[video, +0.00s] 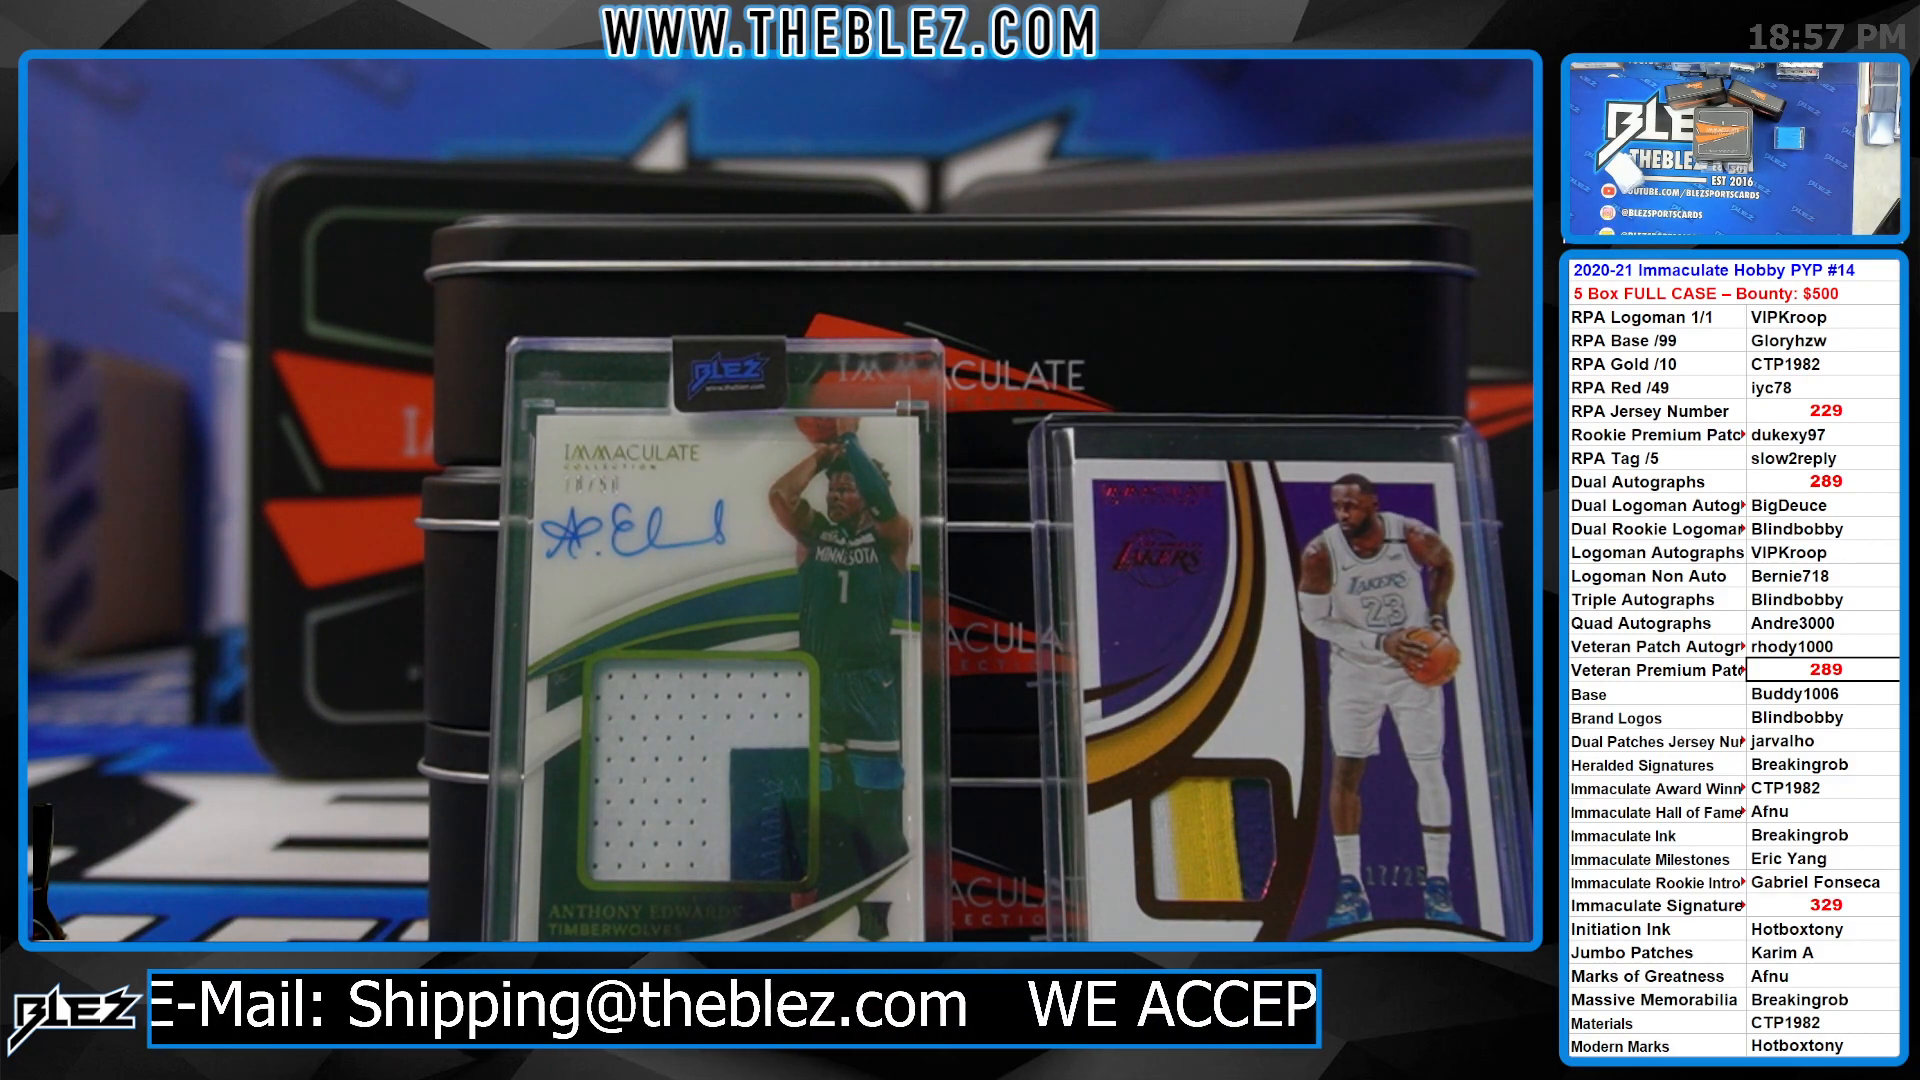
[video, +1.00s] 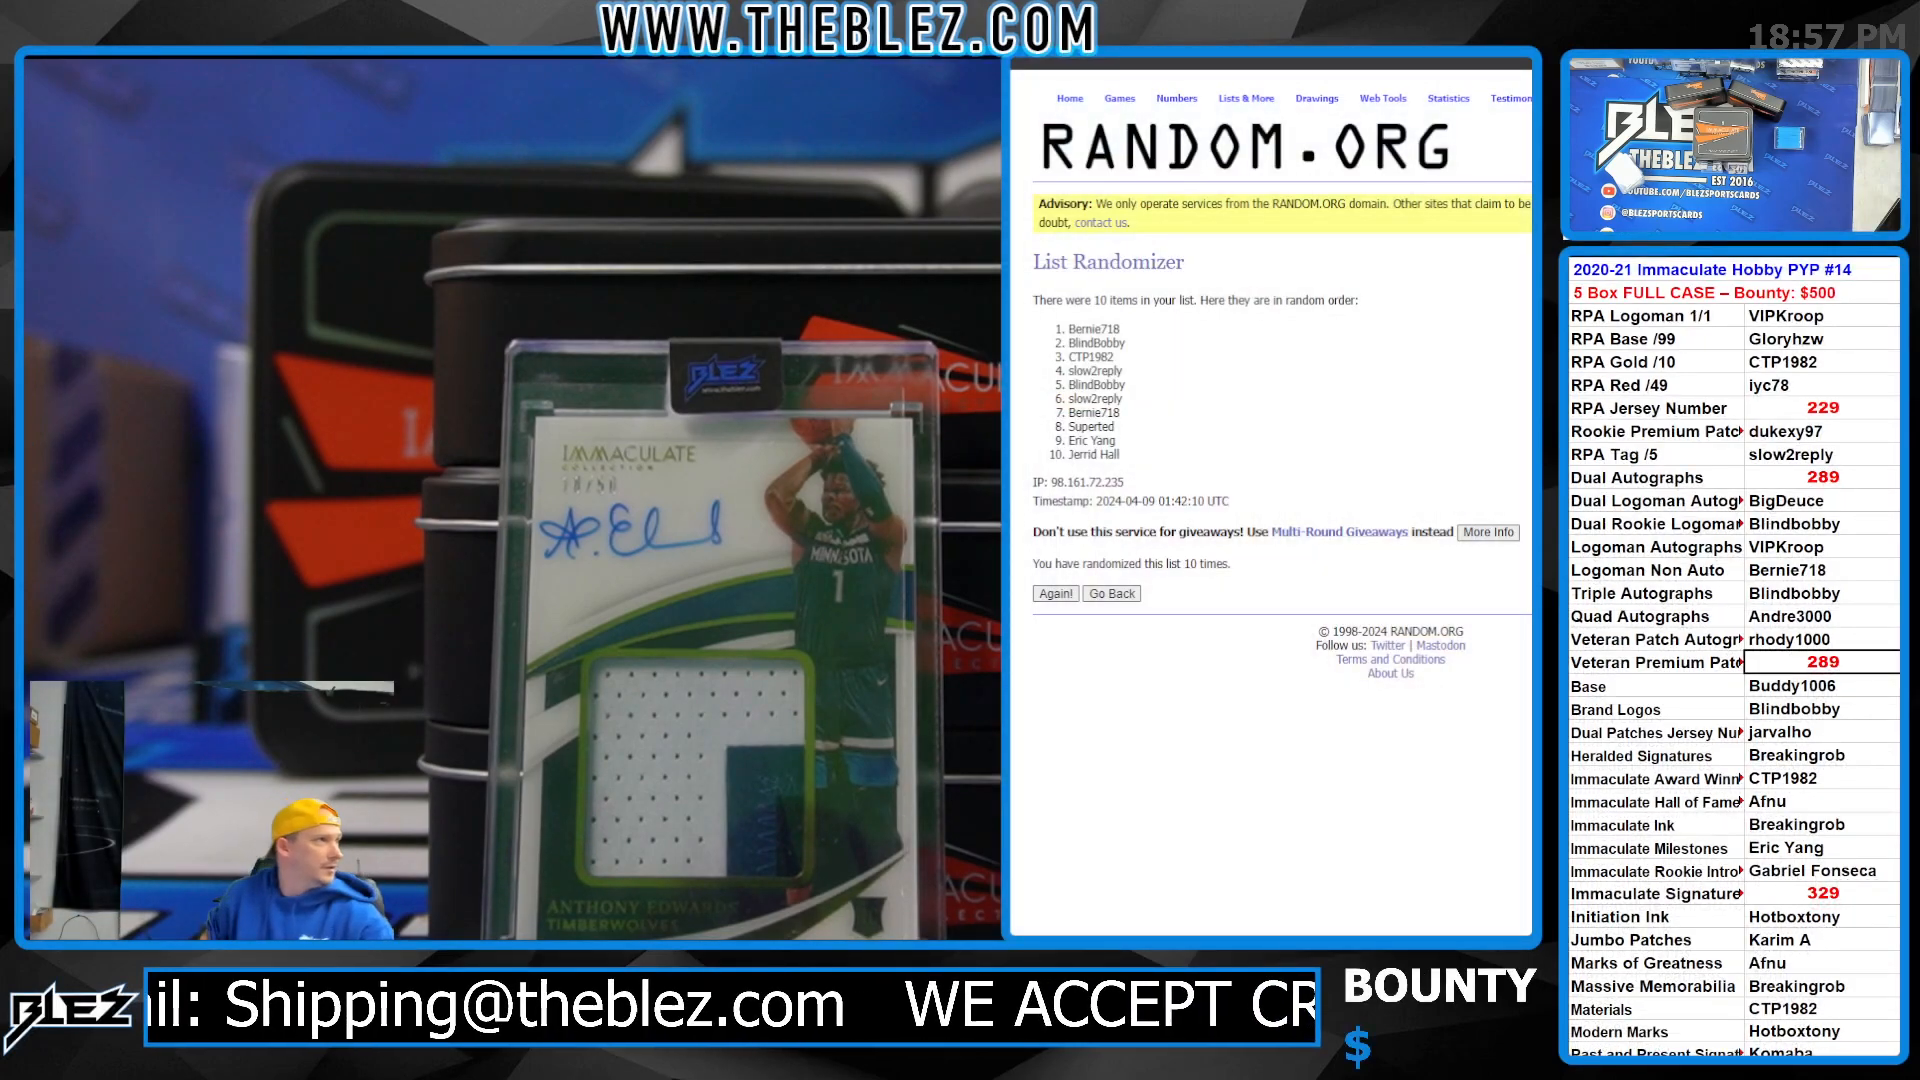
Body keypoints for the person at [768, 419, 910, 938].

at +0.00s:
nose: (841, 494)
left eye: (850, 487)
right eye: (835, 486)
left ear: (869, 494)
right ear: (827, 493)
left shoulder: (890, 539)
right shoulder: (815, 533)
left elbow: (883, 500)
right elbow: (780, 495)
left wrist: (850, 445)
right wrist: (819, 458)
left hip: (872, 678)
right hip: (817, 677)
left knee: (877, 799)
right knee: (824, 795)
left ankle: (878, 903)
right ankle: (824, 894)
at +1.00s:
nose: (835, 495)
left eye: (845, 488)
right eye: (829, 487)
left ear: (863, 495)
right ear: (821, 493)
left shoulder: (884, 539)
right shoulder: (809, 533)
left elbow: (880, 505)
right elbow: (776, 496)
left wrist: (846, 449)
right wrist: (813, 460)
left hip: (866, 675)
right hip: (813, 673)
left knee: (870, 789)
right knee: (818, 787)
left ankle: (872, 894)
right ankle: (823, 887)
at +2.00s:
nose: (835, 496)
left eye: (844, 489)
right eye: (830, 489)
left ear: (863, 495)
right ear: (822, 496)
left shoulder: (884, 539)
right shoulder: (810, 532)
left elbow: (875, 497)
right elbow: (776, 496)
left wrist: (844, 445)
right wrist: (815, 459)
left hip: (865, 678)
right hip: (813, 677)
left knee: (873, 794)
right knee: (818, 793)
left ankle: (871, 893)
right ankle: (818, 886)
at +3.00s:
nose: (835, 497)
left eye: (843, 490)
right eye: (829, 490)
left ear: (862, 495)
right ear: (822, 496)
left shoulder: (884, 539)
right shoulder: (811, 533)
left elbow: (876, 496)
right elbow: (776, 496)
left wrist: (843, 445)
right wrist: (815, 459)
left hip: (865, 679)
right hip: (813, 679)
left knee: (873, 797)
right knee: (820, 795)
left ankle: (873, 895)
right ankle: (820, 888)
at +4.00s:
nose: (835, 497)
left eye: (844, 490)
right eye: (830, 490)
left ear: (862, 495)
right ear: (822, 495)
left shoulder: (883, 539)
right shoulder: (810, 532)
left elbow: (876, 497)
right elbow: (776, 496)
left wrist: (844, 445)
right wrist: (814, 460)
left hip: (866, 677)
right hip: (813, 676)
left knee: (872, 795)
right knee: (819, 793)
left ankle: (871, 897)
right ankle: (821, 889)